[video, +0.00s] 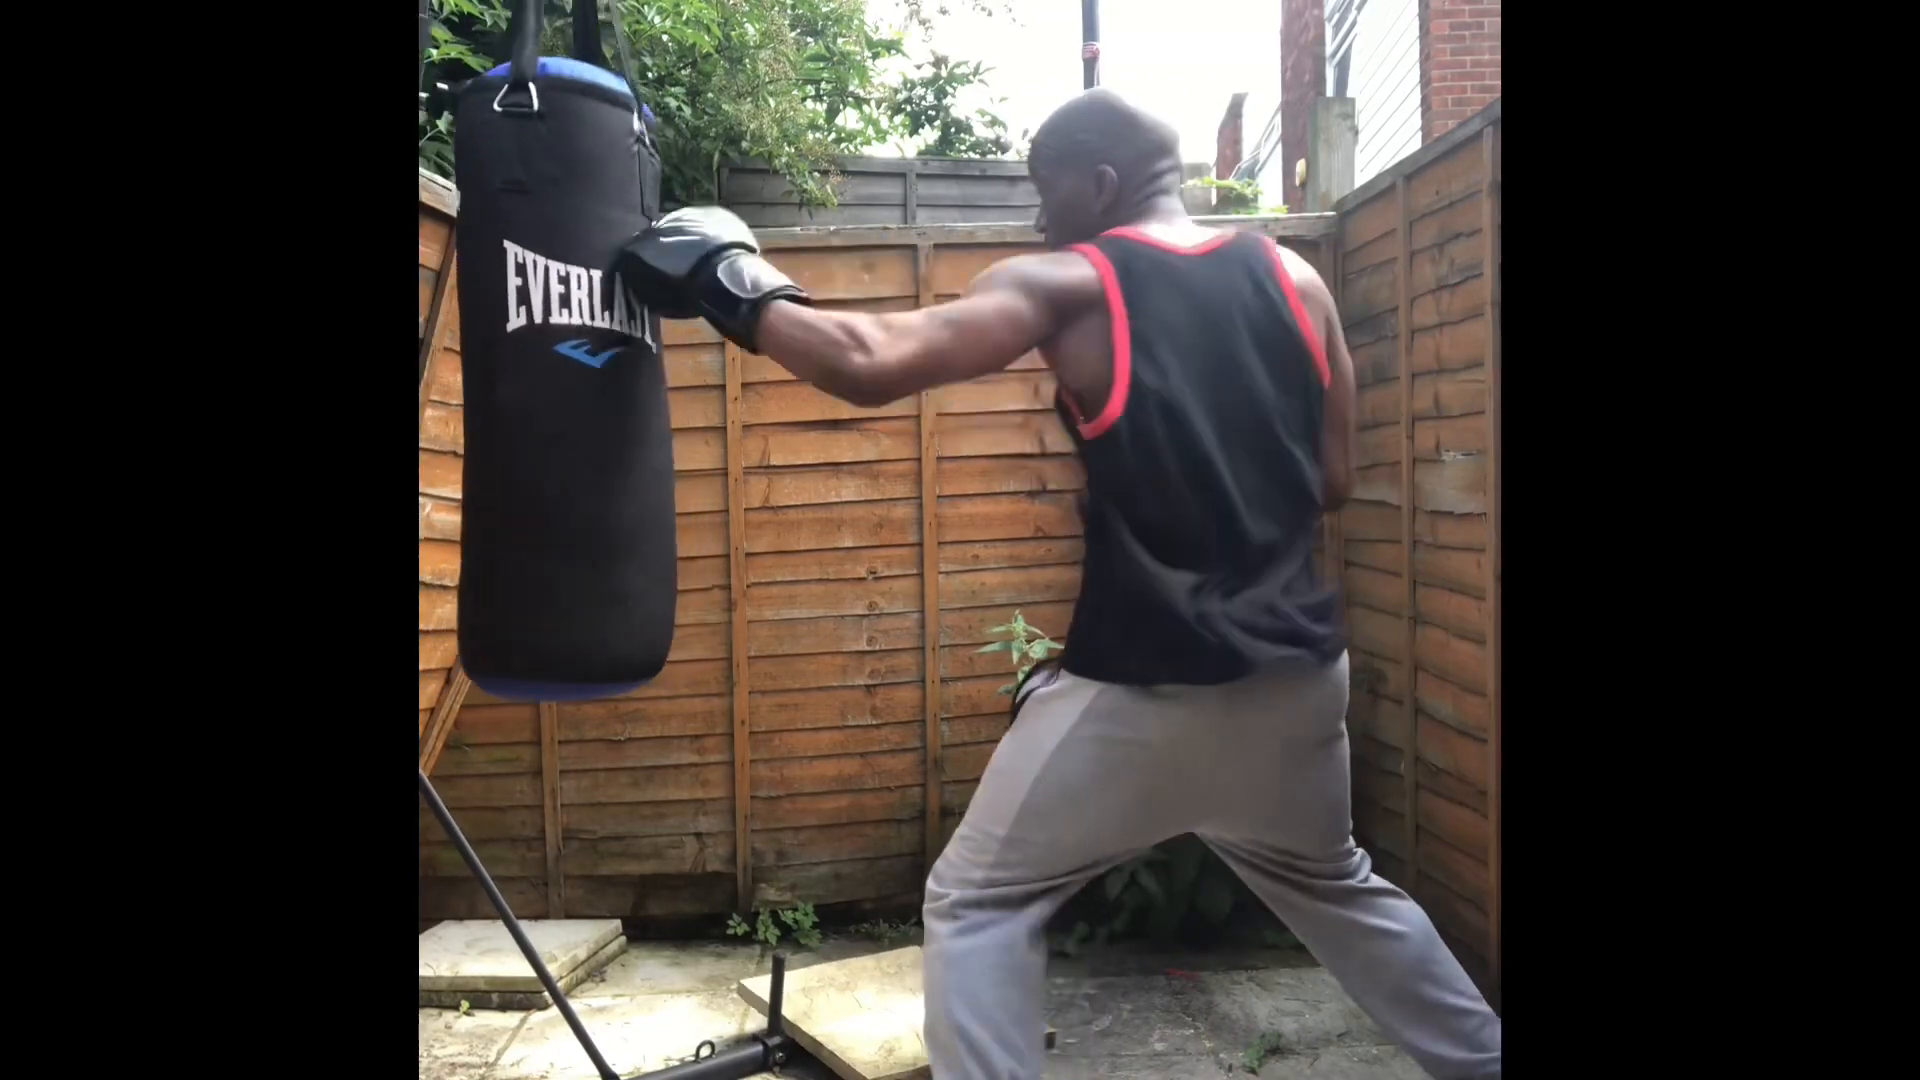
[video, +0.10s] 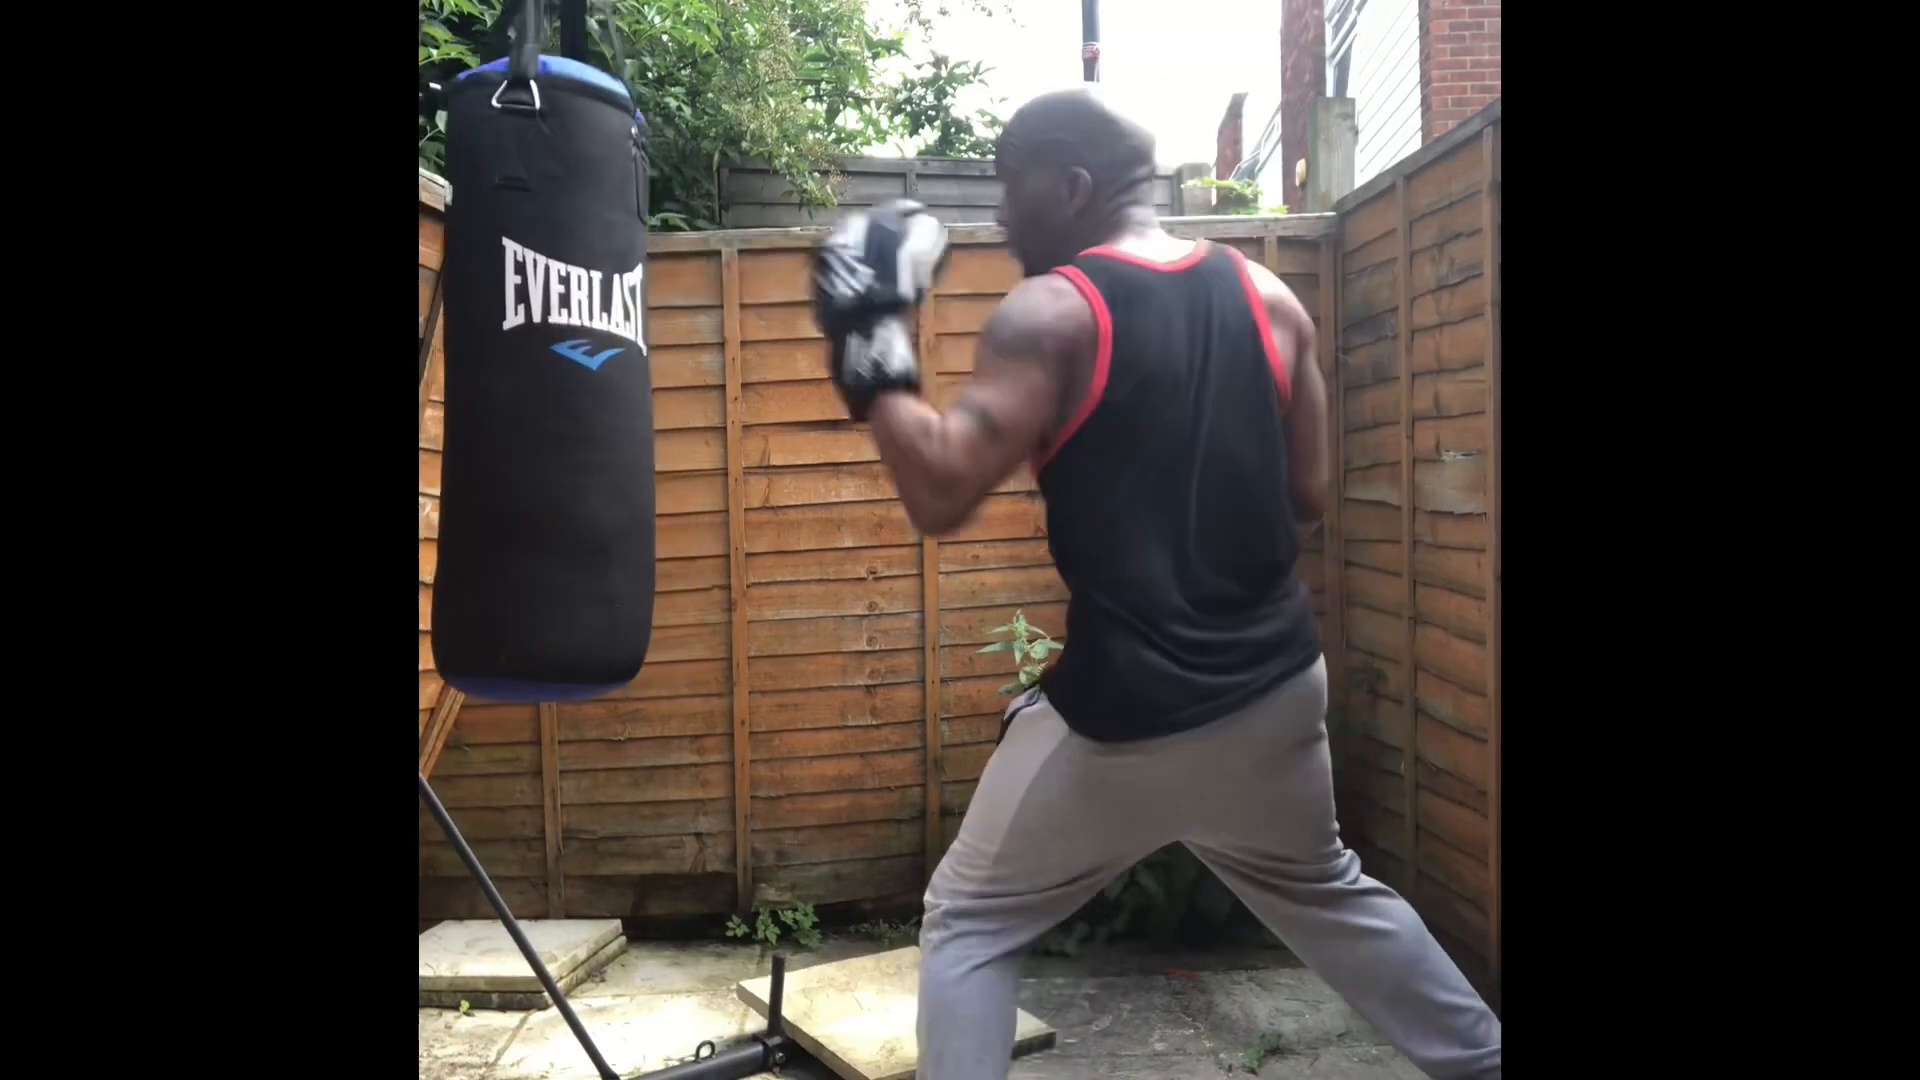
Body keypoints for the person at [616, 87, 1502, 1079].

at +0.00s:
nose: (1040, 217)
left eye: (1044, 194)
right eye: (1037, 196)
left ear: (1100, 183)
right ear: (1162, 178)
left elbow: (871, 362)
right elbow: (1330, 474)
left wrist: (728, 283)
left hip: (1134, 692)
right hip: (1299, 683)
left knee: (980, 903)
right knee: (1334, 882)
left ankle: (993, 1074)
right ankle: (1484, 1058)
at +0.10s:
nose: (999, 214)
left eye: (1009, 186)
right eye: (997, 190)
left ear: (1073, 183)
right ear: (1129, 182)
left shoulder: (1051, 312)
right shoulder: (1269, 298)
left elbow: (939, 492)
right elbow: (1305, 492)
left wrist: (870, 345)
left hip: (1121, 707)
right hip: (1276, 685)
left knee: (968, 923)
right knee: (1326, 890)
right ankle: (1486, 1058)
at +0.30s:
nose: (929, 235)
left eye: (941, 204)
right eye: (920, 211)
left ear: (1033, 176)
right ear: (1026, 184)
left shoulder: (1152, 301)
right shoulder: (1010, 288)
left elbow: (1157, 527)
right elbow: (869, 320)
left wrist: (1025, 455)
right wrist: (751, 291)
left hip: (1184, 656)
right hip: (1172, 648)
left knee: (993, 893)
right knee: (1295, 877)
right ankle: (1472, 1044)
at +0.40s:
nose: (931, 220)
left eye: (942, 187)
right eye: (924, 192)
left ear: (1028, 171)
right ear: (1038, 172)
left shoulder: (1107, 305)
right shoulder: (1106, 269)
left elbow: (1057, 533)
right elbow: (1070, 432)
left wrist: (913, 418)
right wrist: (970, 343)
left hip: (1153, 667)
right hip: (1203, 644)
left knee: (962, 891)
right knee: (1236, 873)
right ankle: (1456, 1043)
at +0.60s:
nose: (1142, 260)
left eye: (1144, 233)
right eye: (1135, 238)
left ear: (1206, 204)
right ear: (1241, 201)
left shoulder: (1225, 266)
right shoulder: (1371, 271)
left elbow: (1252, 422)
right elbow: (1358, 410)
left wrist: (1097, 439)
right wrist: (1185, 360)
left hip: (1270, 647)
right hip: (1410, 638)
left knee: (1116, 908)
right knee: (1381, 882)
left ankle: (1068, 1071)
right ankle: (1476, 1066)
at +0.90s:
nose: (1098, 236)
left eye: (1101, 207)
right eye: (1086, 216)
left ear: (1162, 179)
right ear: (1181, 181)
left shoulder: (1230, 279)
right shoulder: (1283, 259)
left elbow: (1146, 494)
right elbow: (1255, 473)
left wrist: (1063, 339)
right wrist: (1102, 492)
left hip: (1267, 657)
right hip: (1372, 631)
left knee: (1100, 913)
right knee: (1362, 886)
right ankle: (1472, 1066)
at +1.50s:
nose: (1094, 213)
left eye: (1101, 187)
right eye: (1091, 189)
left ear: (1165, 173)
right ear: (1209, 176)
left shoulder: (1180, 254)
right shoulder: (1325, 257)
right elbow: (1279, 405)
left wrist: (1006, 332)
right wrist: (1132, 400)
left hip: (1232, 649)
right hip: (1379, 626)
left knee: (1079, 892)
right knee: (1388, 879)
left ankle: (1042, 1070)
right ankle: (1479, 1062)